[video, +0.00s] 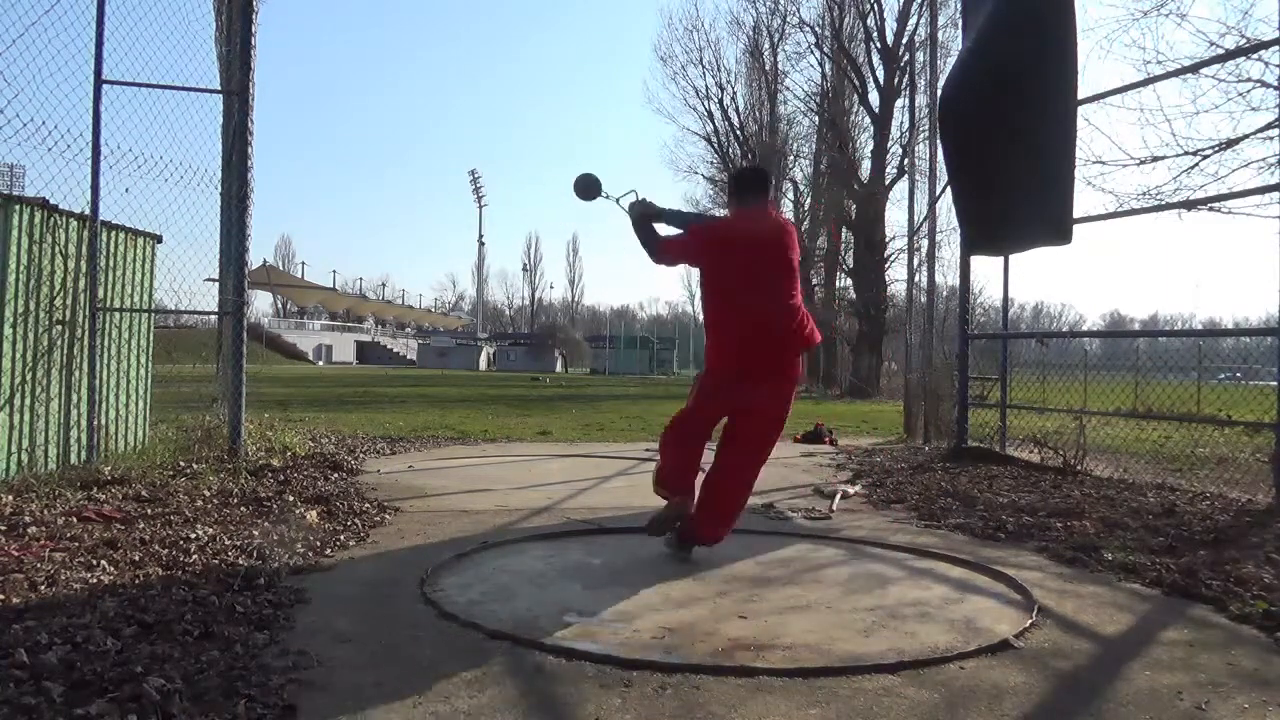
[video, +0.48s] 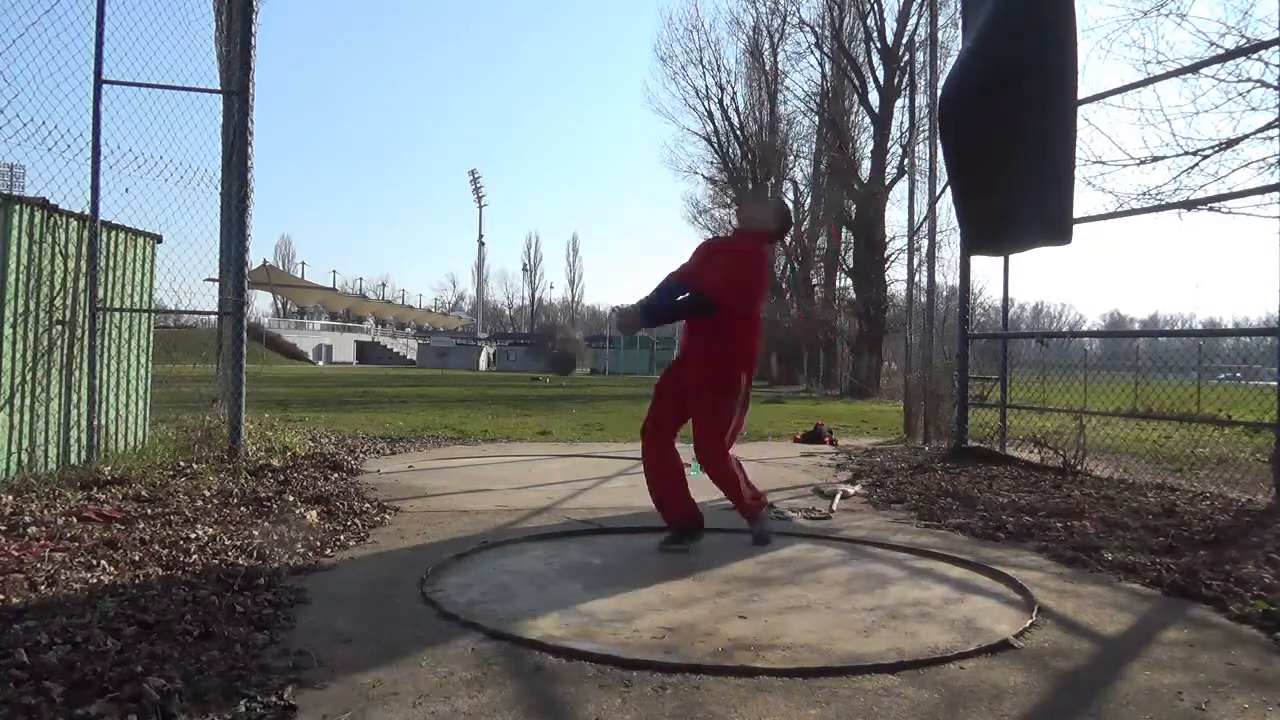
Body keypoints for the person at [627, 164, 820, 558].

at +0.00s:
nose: (736, 205)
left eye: (733, 197)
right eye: (762, 200)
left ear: (730, 198)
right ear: (769, 199)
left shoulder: (715, 236)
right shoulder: (786, 233)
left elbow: (659, 250)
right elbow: (715, 223)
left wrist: (639, 218)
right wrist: (660, 214)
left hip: (730, 363)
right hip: (781, 365)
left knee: (688, 427)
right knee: (743, 455)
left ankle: (679, 498)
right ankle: (695, 535)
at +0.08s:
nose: (750, 203)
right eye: (750, 197)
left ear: (710, 197)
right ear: (746, 199)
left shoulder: (694, 231)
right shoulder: (760, 231)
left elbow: (671, 247)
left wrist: (692, 214)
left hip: (691, 348)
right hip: (735, 352)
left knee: (702, 429)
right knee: (731, 446)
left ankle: (666, 490)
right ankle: (674, 524)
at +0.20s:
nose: (721, 213)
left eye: (720, 205)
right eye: (716, 205)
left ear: (690, 208)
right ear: (697, 207)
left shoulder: (696, 241)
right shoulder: (685, 237)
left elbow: (724, 268)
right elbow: (731, 255)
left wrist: (766, 257)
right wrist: (772, 254)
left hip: (687, 361)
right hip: (659, 362)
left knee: (731, 436)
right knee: (700, 459)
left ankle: (734, 505)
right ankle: (662, 515)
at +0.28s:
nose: (704, 216)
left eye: (702, 210)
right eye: (695, 210)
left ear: (677, 217)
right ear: (673, 217)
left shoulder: (674, 254)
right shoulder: (683, 260)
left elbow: (733, 292)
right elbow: (741, 299)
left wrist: (776, 302)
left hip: (686, 367)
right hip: (657, 370)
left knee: (724, 440)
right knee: (682, 447)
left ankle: (737, 518)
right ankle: (673, 524)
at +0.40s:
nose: (709, 223)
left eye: (717, 216)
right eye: (705, 216)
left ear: (731, 224)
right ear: (697, 222)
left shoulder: (745, 266)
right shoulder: (675, 258)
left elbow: (748, 320)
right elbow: (680, 306)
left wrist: (726, 356)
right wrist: (713, 354)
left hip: (720, 366)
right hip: (672, 363)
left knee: (727, 443)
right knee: (659, 446)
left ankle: (744, 517)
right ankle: (671, 521)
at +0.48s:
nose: (751, 201)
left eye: (763, 203)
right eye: (756, 198)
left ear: (772, 227)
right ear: (745, 208)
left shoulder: (753, 259)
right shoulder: (713, 248)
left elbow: (706, 302)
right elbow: (676, 283)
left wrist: (645, 318)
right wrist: (641, 310)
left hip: (728, 366)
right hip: (690, 361)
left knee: (711, 450)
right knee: (656, 436)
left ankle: (755, 510)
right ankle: (684, 524)